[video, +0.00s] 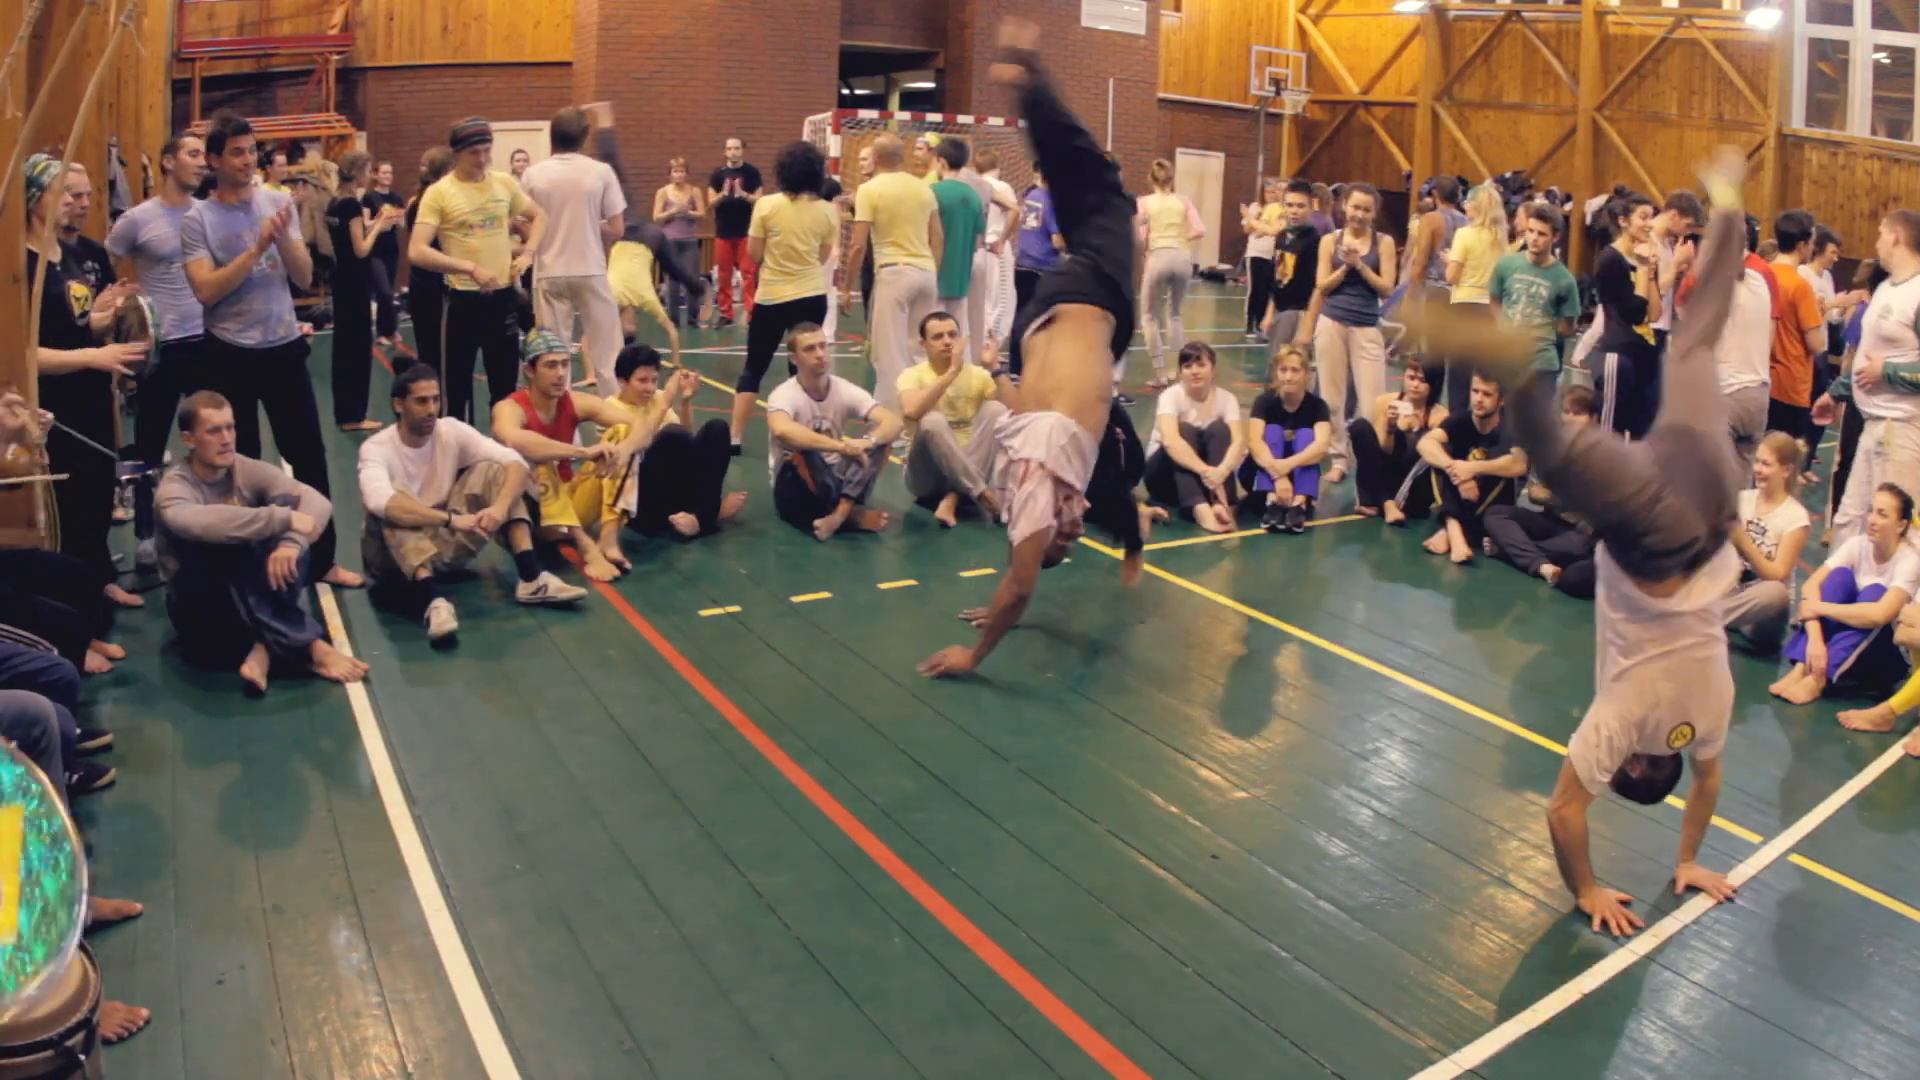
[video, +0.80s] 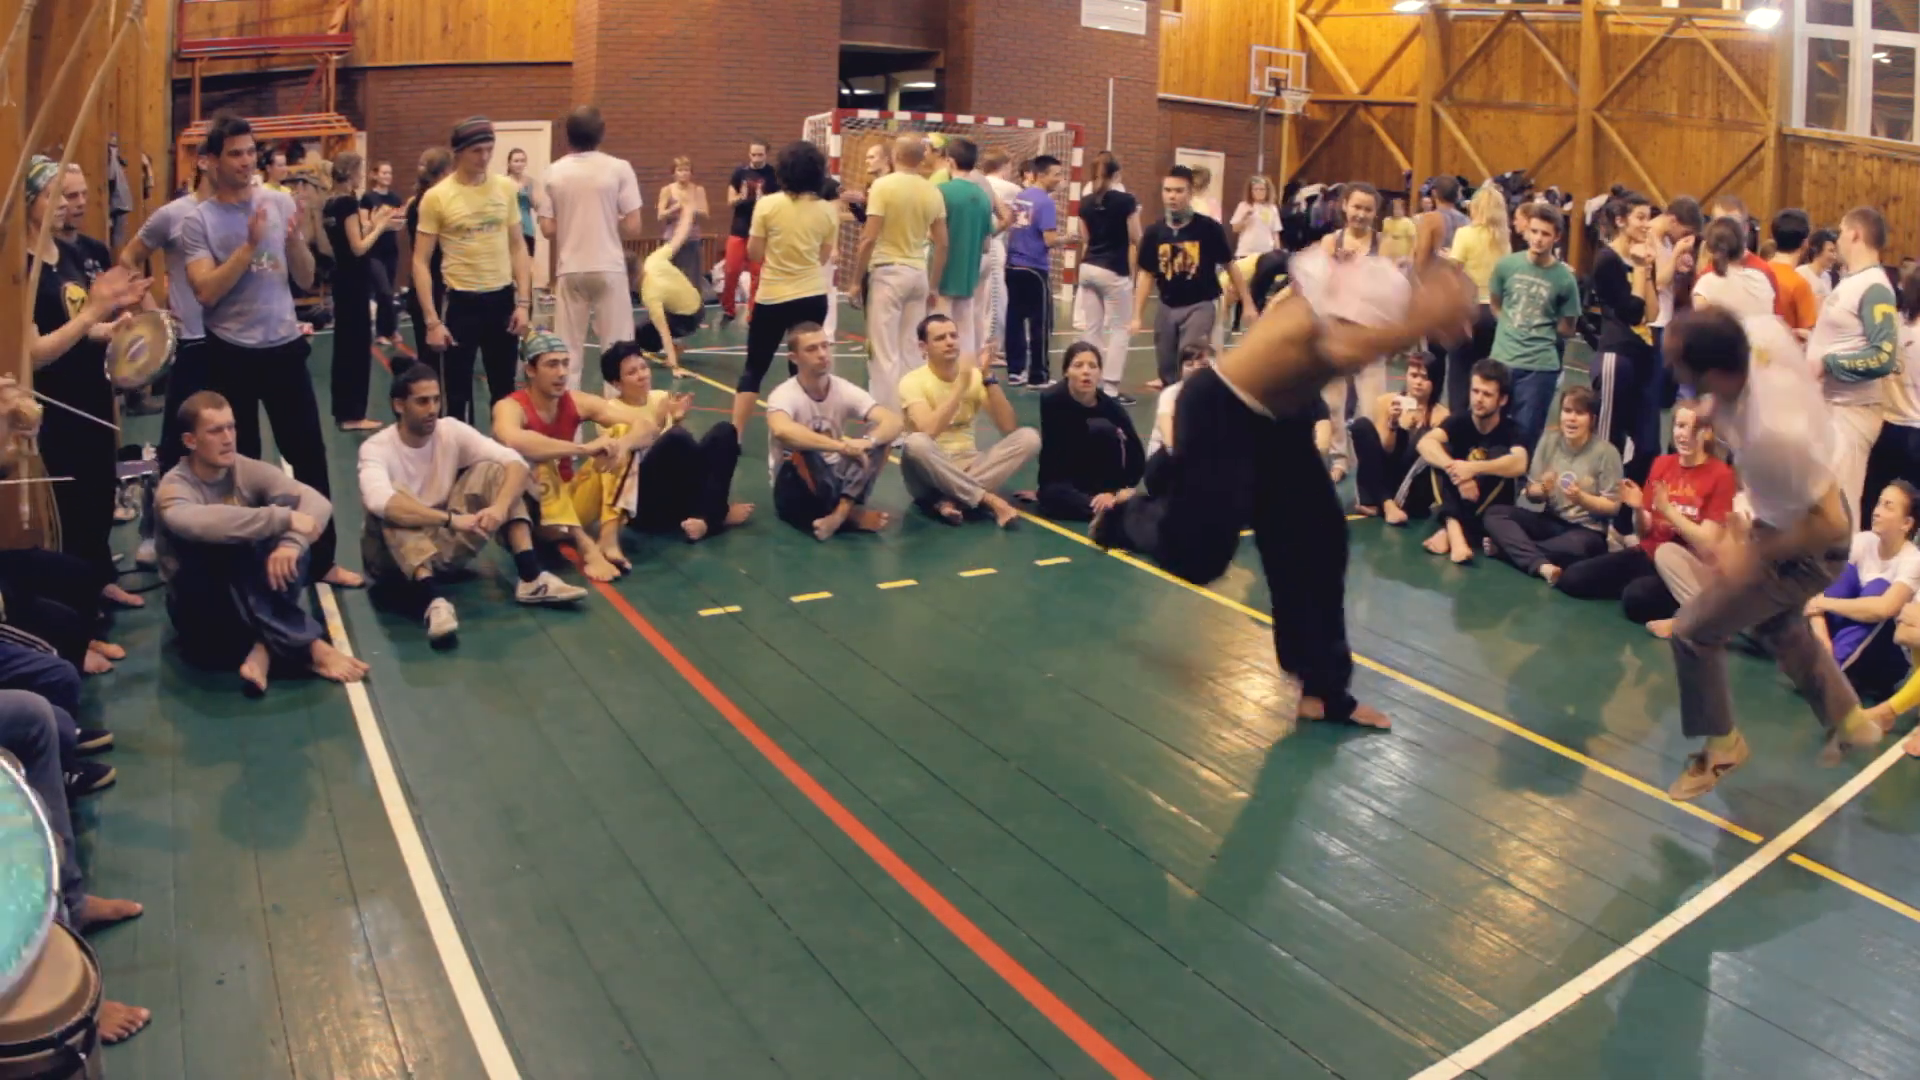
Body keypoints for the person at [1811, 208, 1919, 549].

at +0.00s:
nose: (1876, 243)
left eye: (1880, 235)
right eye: (1878, 235)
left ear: (1896, 238)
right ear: (1899, 239)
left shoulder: (1915, 291)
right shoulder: (1886, 288)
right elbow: (1871, 358)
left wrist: (1888, 371)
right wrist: (1837, 393)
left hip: (1905, 423)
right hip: (1873, 420)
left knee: (1898, 524)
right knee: (1850, 517)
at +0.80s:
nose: (1836, 242)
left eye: (1840, 234)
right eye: (1838, 234)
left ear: (1855, 236)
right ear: (1862, 237)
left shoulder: (1875, 287)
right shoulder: (1850, 282)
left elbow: (1883, 358)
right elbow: (1844, 336)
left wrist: (1828, 362)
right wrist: (1809, 336)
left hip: (1856, 408)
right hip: (1834, 403)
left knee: (1841, 497)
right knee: (1825, 490)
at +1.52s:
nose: (1802, 238)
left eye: (1804, 232)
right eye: (1804, 232)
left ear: (1814, 231)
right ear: (1835, 234)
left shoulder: (1827, 271)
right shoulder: (1840, 269)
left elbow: (1840, 329)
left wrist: (1811, 385)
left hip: (1825, 389)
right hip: (1847, 388)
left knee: (1790, 479)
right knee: (1832, 486)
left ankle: (1778, 565)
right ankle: (1818, 568)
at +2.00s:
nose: (1784, 236)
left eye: (1785, 229)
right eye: (1784, 230)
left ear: (1793, 230)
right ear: (1818, 231)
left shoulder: (1814, 273)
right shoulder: (1808, 269)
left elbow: (1827, 337)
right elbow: (1820, 336)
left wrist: (1798, 393)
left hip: (1804, 382)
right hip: (1794, 378)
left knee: (1783, 469)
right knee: (1780, 467)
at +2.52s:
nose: (1767, 235)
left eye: (1767, 228)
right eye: (1767, 229)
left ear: (1777, 226)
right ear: (1798, 229)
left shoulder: (1814, 269)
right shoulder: (1771, 269)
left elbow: (1829, 332)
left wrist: (1800, 384)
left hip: (1797, 381)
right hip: (1765, 375)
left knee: (1781, 460)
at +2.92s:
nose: (1751, 232)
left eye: (1753, 225)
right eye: (1751, 226)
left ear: (1767, 226)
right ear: (1773, 227)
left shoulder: (1809, 270)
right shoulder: (1752, 266)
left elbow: (1822, 334)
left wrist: (1804, 387)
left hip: (1790, 374)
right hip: (1751, 369)